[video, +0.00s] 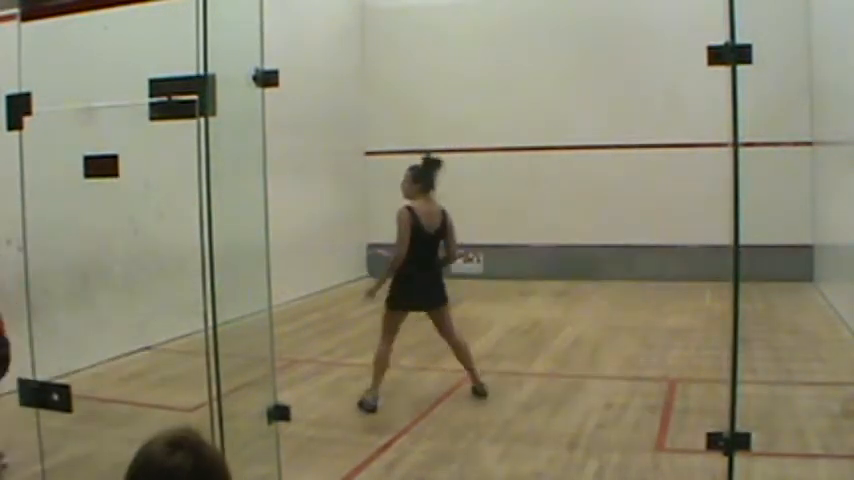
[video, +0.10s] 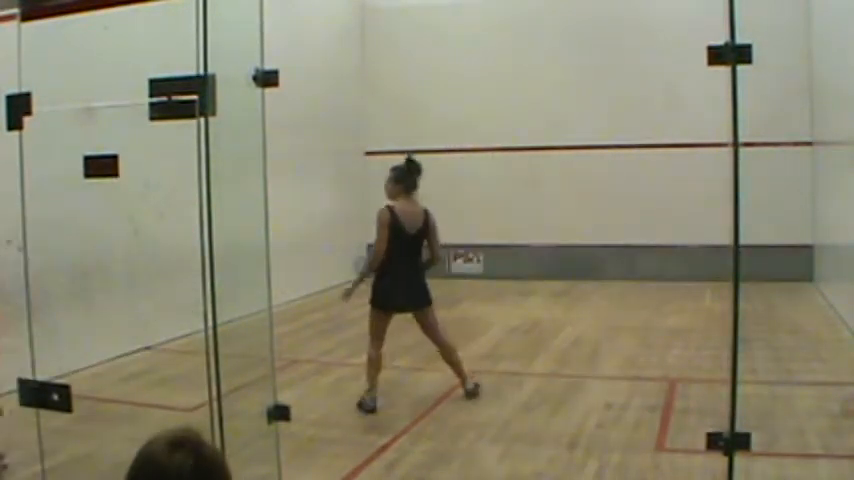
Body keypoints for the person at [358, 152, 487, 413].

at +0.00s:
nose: (402, 186)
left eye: (405, 182)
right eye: (403, 181)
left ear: (416, 185)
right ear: (427, 186)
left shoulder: (407, 213)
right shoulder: (442, 213)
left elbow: (400, 254)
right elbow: (451, 255)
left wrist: (378, 284)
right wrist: (432, 264)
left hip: (405, 283)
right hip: (432, 283)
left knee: (387, 339)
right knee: (451, 335)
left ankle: (372, 394)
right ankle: (478, 383)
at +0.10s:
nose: (385, 187)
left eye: (388, 183)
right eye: (386, 182)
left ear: (398, 186)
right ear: (411, 187)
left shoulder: (386, 214)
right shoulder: (425, 215)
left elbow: (379, 254)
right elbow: (435, 256)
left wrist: (357, 282)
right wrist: (415, 268)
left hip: (387, 285)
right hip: (415, 283)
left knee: (375, 344)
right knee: (437, 336)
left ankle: (370, 396)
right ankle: (467, 383)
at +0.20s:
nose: (377, 181)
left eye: (378, 177)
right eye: (379, 177)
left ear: (382, 178)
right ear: (402, 179)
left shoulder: (372, 206)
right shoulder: (413, 208)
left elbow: (362, 246)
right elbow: (426, 247)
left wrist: (336, 273)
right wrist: (406, 259)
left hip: (375, 281)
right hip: (404, 279)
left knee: (370, 343)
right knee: (424, 336)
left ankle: (370, 395)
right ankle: (443, 386)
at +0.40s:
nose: (374, 181)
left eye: (367, 176)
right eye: (378, 176)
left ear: (362, 179)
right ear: (384, 178)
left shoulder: (353, 207)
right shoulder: (398, 207)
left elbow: (337, 246)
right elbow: (412, 247)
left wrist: (313, 274)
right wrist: (393, 256)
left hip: (361, 282)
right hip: (392, 281)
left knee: (345, 335)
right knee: (406, 337)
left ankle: (335, 390)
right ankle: (421, 394)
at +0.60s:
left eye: (334, 190)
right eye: (347, 189)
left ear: (331, 193)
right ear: (354, 191)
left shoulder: (322, 223)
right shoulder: (366, 224)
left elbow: (308, 263)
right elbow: (381, 263)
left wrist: (295, 290)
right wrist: (363, 274)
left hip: (328, 298)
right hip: (358, 296)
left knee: (309, 349)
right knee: (388, 350)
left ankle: (302, 403)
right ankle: (418, 399)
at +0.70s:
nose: (312, 184)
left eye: (309, 180)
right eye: (320, 180)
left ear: (307, 183)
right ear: (330, 182)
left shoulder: (301, 210)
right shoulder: (342, 214)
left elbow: (290, 249)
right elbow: (357, 254)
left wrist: (278, 274)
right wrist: (335, 263)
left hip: (303, 287)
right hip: (332, 285)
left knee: (289, 345)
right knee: (353, 343)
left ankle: (297, 402)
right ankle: (382, 397)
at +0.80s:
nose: (285, 174)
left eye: (284, 170)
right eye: (291, 170)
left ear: (283, 173)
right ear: (306, 171)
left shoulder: (282, 200)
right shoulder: (318, 203)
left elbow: (277, 238)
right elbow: (329, 246)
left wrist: (260, 262)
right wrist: (306, 252)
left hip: (287, 274)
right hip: (313, 274)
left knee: (271, 336)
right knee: (307, 336)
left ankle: (278, 399)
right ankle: (318, 398)